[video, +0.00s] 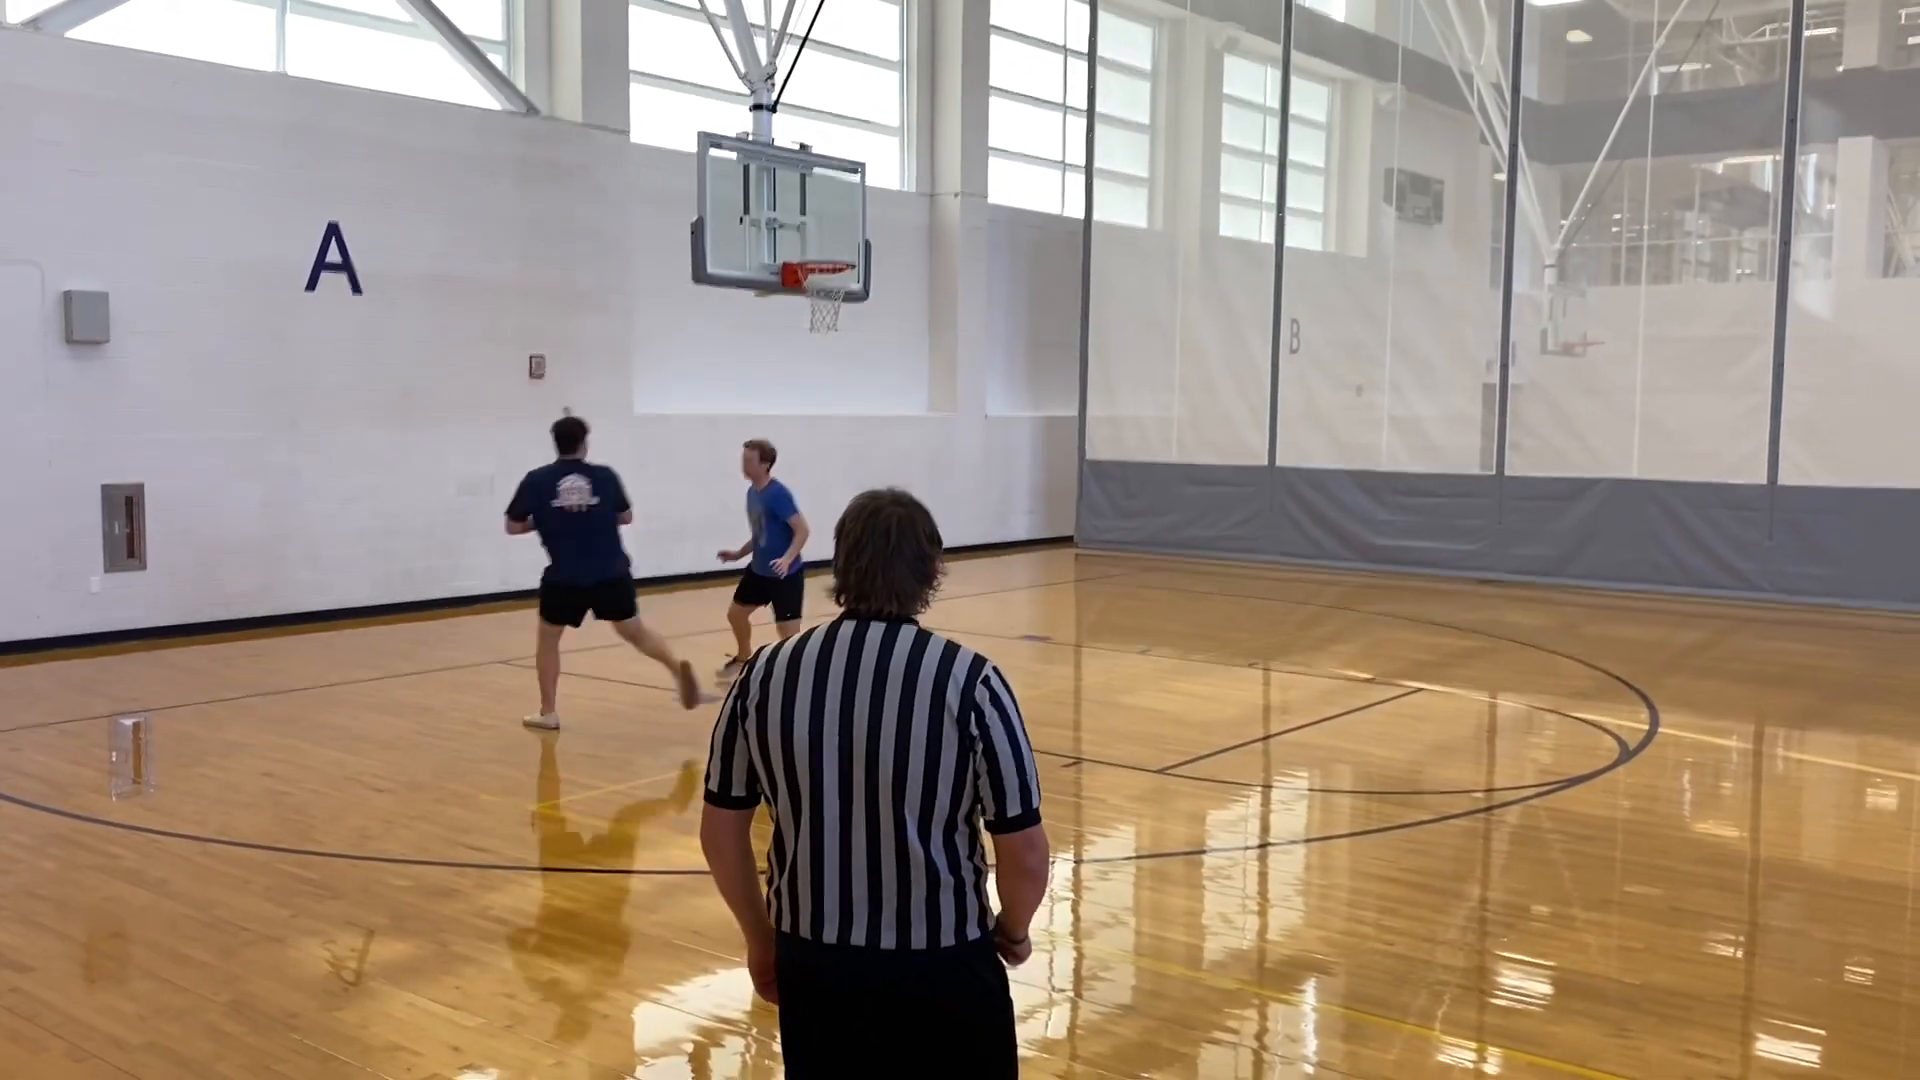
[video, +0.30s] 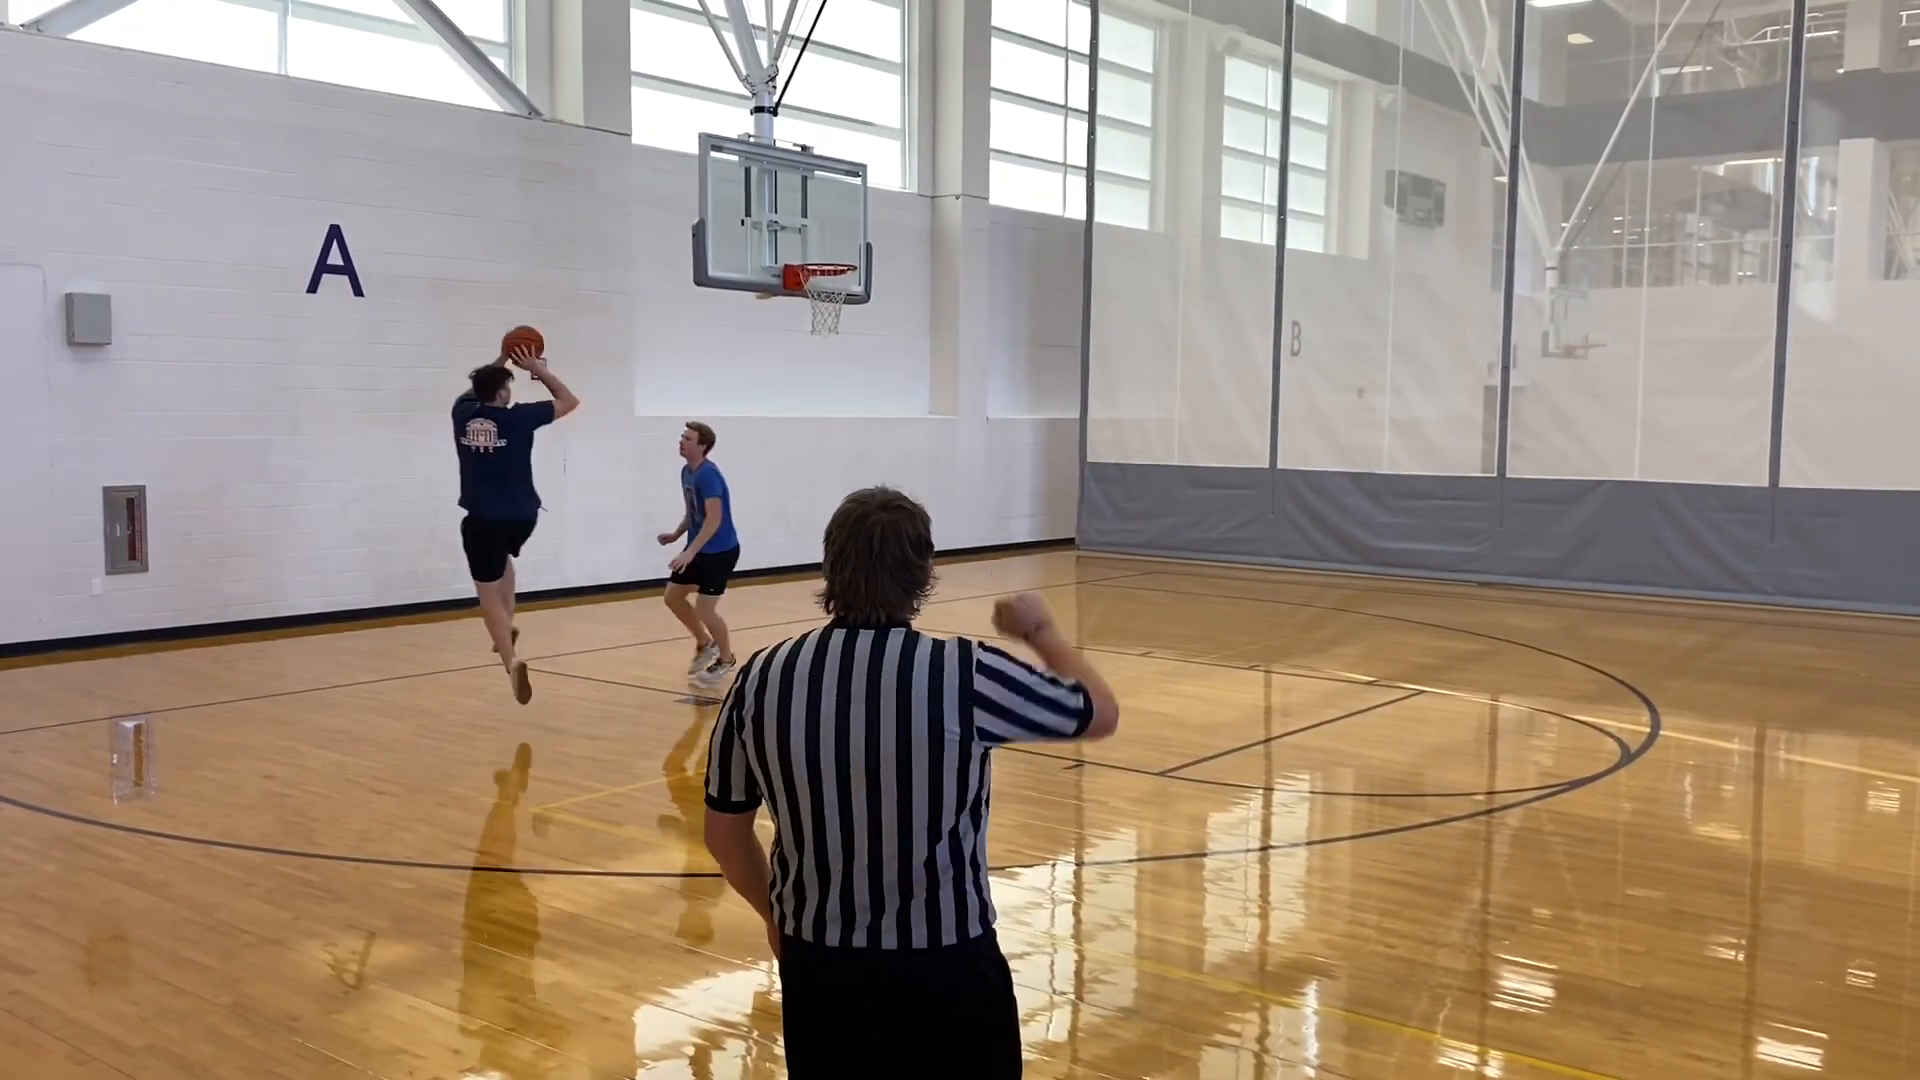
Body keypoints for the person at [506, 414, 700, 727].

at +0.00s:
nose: (587, 445)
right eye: (586, 441)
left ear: (556, 444)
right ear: (585, 443)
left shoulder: (537, 480)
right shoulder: (604, 475)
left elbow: (513, 526)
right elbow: (625, 516)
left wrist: (546, 518)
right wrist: (591, 515)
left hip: (565, 578)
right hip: (611, 574)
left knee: (548, 640)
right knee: (635, 630)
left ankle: (548, 713)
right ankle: (677, 666)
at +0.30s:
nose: (511, 393)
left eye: (508, 387)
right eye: (509, 388)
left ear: (478, 393)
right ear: (503, 392)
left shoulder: (462, 414)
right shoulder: (522, 417)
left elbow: (481, 388)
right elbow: (569, 401)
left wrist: (504, 361)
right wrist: (541, 371)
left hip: (481, 520)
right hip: (522, 518)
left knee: (490, 599)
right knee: (503, 558)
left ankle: (511, 663)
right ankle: (506, 625)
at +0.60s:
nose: (437, 438)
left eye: (434, 434)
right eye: (435, 435)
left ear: (404, 439)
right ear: (430, 440)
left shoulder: (390, 464)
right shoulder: (449, 465)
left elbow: (394, 442)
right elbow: (504, 467)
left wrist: (418, 421)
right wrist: (509, 425)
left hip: (402, 560)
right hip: (442, 559)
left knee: (401, 627)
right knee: (428, 622)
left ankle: (417, 697)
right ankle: (446, 690)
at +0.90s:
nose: (376, 437)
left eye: (375, 432)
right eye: (374, 433)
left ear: (345, 439)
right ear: (366, 438)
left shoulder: (323, 469)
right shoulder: (385, 472)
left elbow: (306, 513)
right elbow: (396, 522)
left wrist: (336, 507)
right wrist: (408, 560)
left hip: (338, 561)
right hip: (375, 560)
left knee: (362, 631)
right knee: (343, 619)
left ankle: (406, 680)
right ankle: (326, 681)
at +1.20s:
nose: (315, 428)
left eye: (313, 423)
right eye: (313, 424)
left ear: (283, 427)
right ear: (305, 426)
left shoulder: (263, 460)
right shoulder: (325, 455)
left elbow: (251, 509)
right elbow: (350, 497)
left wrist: (239, 547)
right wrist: (358, 528)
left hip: (280, 550)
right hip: (320, 548)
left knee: (259, 605)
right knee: (313, 608)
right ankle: (323, 681)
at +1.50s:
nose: (215, 436)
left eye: (214, 431)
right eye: (214, 432)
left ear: (221, 430)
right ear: (243, 429)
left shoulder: (208, 464)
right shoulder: (268, 459)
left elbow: (192, 513)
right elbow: (295, 499)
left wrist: (168, 547)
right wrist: (272, 485)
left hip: (217, 552)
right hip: (257, 550)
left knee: (215, 614)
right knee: (255, 605)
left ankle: (221, 680)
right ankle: (298, 659)